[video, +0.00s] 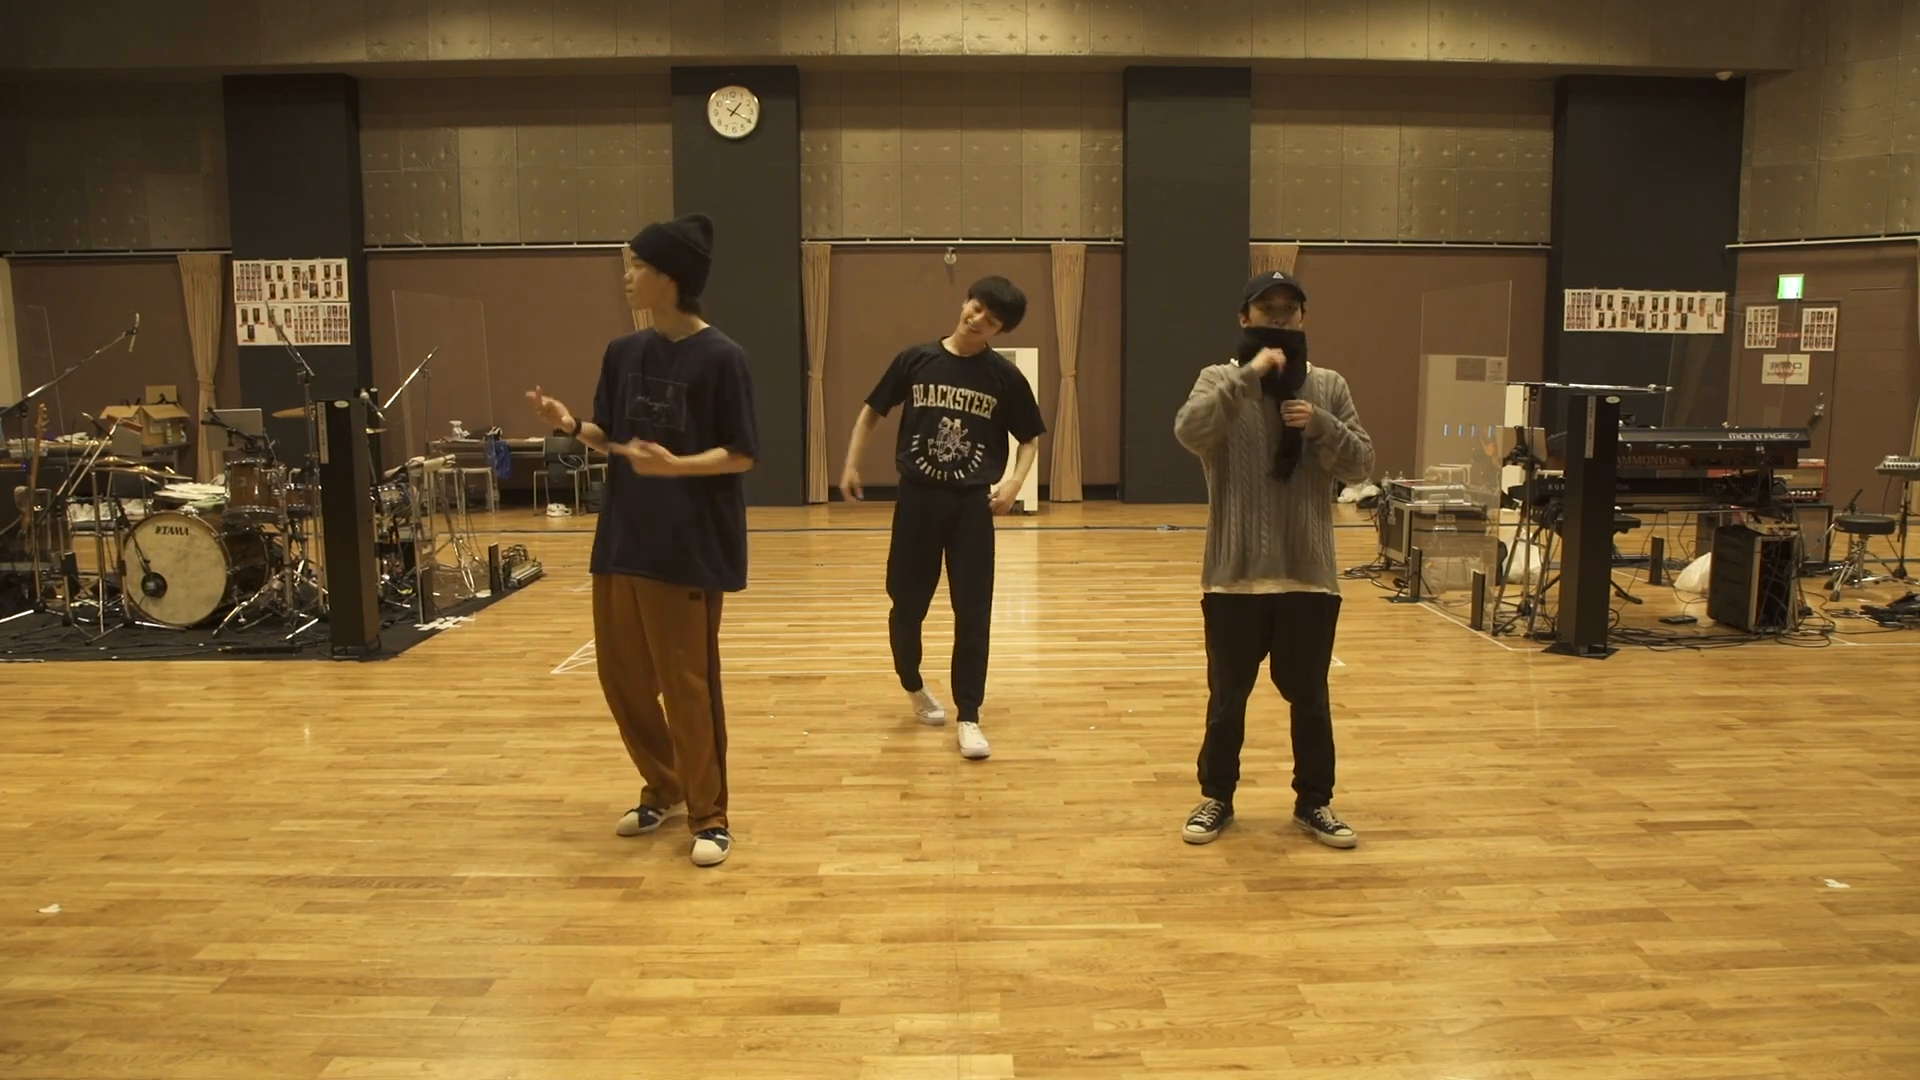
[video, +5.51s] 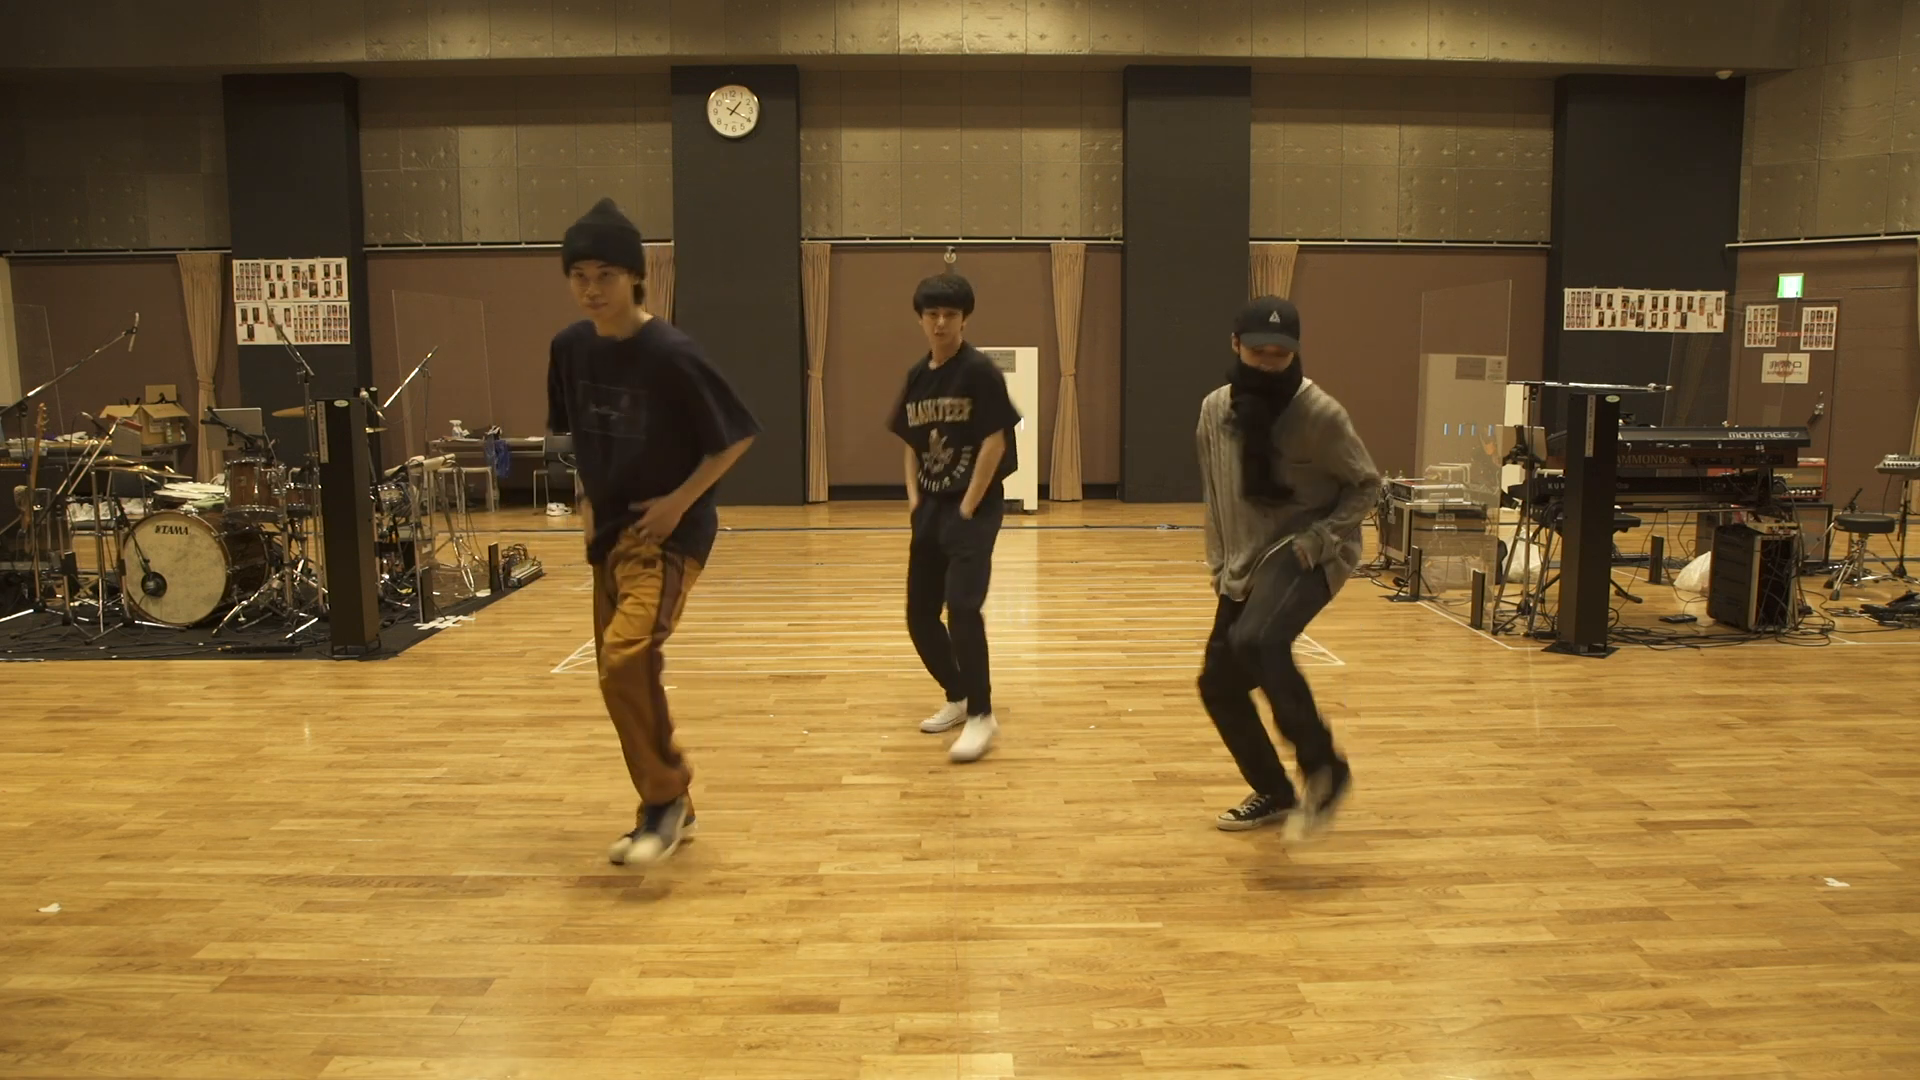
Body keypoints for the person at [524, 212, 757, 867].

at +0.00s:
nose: (625, 281)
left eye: (635, 271)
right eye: (625, 270)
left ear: (672, 279)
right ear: (652, 279)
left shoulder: (722, 359)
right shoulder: (622, 353)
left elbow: (742, 454)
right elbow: (611, 441)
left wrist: (676, 464)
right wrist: (571, 425)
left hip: (686, 553)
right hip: (621, 549)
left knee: (687, 685)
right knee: (623, 677)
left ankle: (710, 817)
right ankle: (661, 790)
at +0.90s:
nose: (602, 287)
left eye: (617, 276)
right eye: (595, 275)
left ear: (647, 282)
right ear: (586, 281)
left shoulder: (687, 354)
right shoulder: (572, 363)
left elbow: (740, 426)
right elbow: (566, 448)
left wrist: (695, 472)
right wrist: (580, 511)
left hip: (675, 544)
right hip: (609, 548)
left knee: (684, 675)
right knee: (633, 675)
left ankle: (694, 818)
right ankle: (665, 793)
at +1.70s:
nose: (680, 287)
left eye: (693, 276)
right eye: (670, 275)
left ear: (717, 284)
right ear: (658, 283)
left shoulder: (748, 363)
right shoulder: (629, 358)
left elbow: (763, 461)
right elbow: (612, 450)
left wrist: (763, 541)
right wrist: (616, 522)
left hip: (728, 547)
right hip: (653, 548)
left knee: (738, 678)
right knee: (654, 678)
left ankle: (751, 798)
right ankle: (669, 791)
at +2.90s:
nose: (588, 292)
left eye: (600, 280)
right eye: (578, 281)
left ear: (629, 280)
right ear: (567, 285)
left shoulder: (670, 356)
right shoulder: (550, 362)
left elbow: (711, 444)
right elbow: (541, 449)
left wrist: (674, 507)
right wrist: (539, 520)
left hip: (651, 552)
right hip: (578, 557)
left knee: (688, 677)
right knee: (599, 692)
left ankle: (739, 797)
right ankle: (624, 809)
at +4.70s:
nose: (671, 283)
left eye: (684, 272)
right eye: (661, 272)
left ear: (709, 280)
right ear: (649, 281)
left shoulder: (745, 360)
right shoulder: (623, 357)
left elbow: (763, 459)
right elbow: (611, 455)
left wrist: (763, 541)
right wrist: (613, 536)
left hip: (728, 552)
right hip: (651, 551)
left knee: (727, 687)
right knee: (639, 686)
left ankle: (721, 802)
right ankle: (628, 801)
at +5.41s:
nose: (620, 289)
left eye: (633, 276)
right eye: (609, 278)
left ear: (663, 280)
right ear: (598, 287)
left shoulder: (702, 362)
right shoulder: (579, 368)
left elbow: (754, 451)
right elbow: (570, 460)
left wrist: (715, 506)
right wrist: (576, 530)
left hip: (676, 551)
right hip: (607, 557)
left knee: (666, 678)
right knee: (628, 698)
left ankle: (711, 774)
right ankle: (668, 818)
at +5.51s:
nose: (591, 288)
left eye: (604, 274)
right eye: (579, 277)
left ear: (635, 278)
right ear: (569, 283)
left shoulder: (670, 353)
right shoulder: (571, 349)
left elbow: (739, 436)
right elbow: (583, 438)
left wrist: (677, 501)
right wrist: (589, 506)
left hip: (668, 533)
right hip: (609, 531)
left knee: (622, 658)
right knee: (623, 668)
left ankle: (669, 792)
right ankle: (659, 808)